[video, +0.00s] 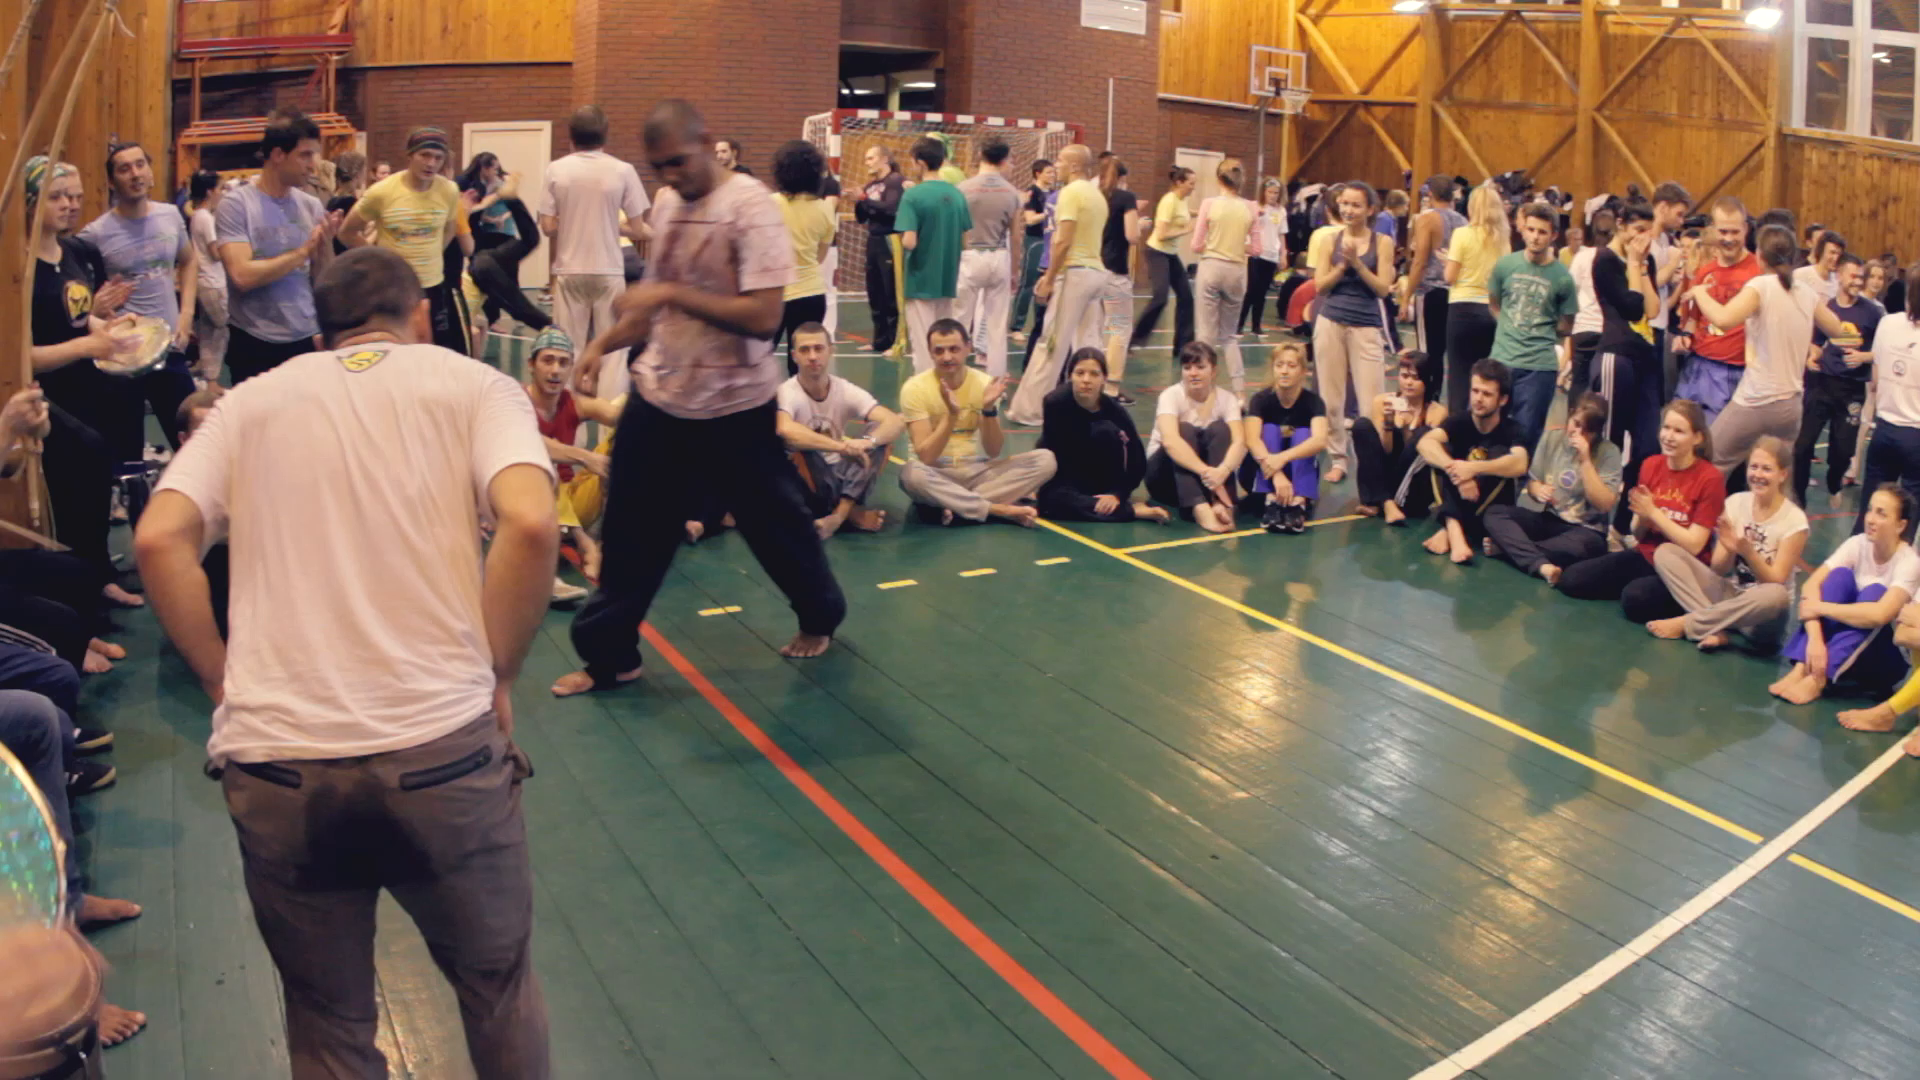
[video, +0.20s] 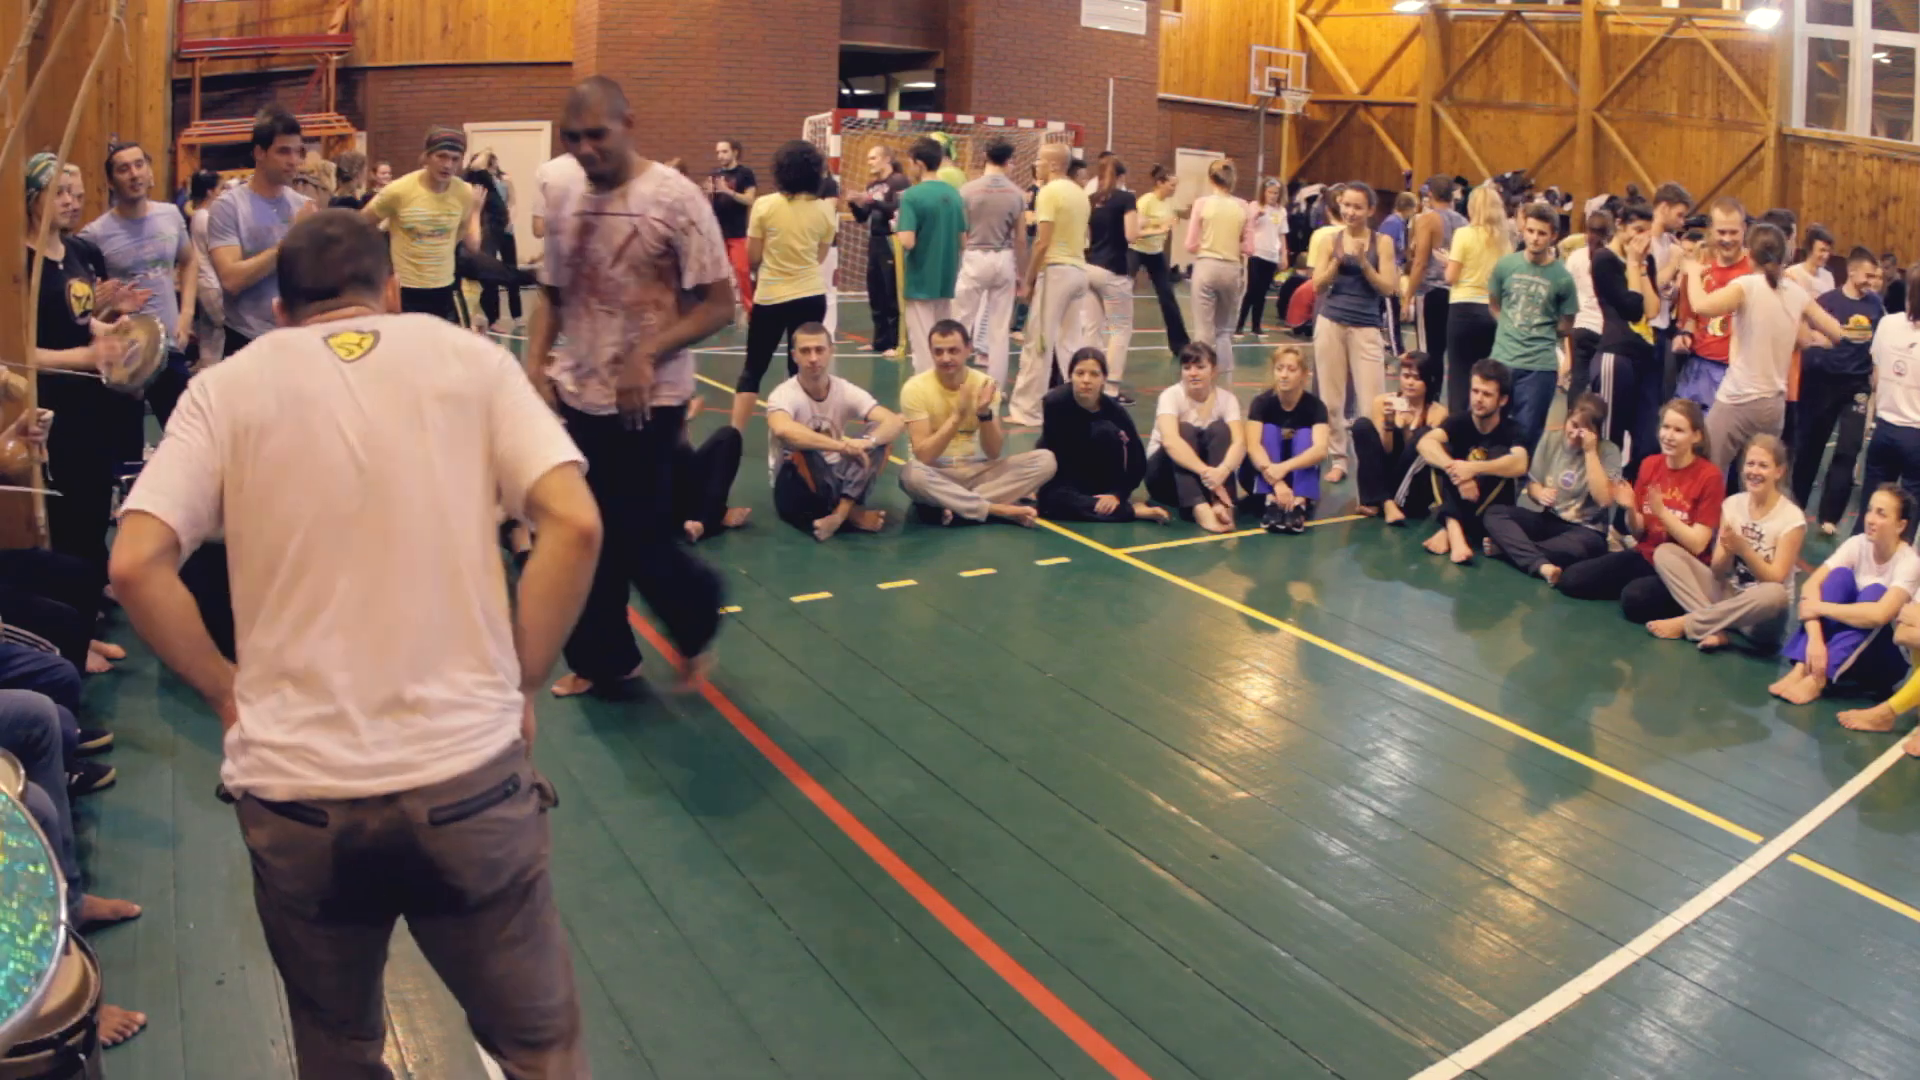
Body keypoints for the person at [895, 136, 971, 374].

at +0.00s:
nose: (912, 165)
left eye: (913, 161)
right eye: (912, 161)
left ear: (920, 163)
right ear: (941, 162)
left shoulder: (913, 195)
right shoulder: (956, 193)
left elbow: (909, 242)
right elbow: (965, 240)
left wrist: (906, 232)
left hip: (921, 279)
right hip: (948, 278)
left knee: (922, 344)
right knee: (946, 339)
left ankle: (925, 394)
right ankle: (948, 390)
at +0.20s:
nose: (909, 168)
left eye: (911, 163)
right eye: (910, 162)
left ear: (919, 164)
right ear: (938, 162)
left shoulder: (912, 196)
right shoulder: (953, 193)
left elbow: (908, 241)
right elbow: (963, 238)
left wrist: (898, 228)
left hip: (920, 280)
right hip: (947, 278)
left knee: (922, 344)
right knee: (946, 339)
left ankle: (924, 394)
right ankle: (947, 391)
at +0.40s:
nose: (909, 167)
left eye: (910, 162)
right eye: (909, 162)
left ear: (919, 164)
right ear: (937, 162)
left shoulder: (911, 195)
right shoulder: (951, 192)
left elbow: (910, 241)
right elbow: (963, 234)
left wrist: (902, 226)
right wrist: (959, 269)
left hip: (920, 280)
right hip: (945, 277)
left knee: (922, 342)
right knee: (945, 339)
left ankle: (925, 392)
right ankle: (946, 388)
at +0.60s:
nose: (910, 169)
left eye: (912, 163)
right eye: (910, 163)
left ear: (922, 164)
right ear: (939, 162)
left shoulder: (914, 194)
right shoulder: (953, 192)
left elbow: (912, 240)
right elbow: (963, 232)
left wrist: (904, 225)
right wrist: (960, 269)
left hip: (921, 279)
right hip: (947, 277)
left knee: (923, 342)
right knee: (948, 338)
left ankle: (926, 393)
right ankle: (950, 388)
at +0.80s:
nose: (915, 168)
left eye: (917, 162)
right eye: (915, 162)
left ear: (926, 163)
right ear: (943, 162)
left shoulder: (919, 194)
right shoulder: (957, 193)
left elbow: (916, 239)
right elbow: (965, 235)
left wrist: (902, 227)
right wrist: (961, 271)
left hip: (924, 280)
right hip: (949, 278)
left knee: (923, 342)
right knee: (948, 339)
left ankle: (926, 393)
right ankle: (949, 389)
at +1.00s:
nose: (920, 166)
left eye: (922, 161)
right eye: (921, 160)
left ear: (931, 162)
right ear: (947, 162)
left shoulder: (923, 193)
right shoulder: (961, 192)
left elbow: (920, 239)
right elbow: (971, 235)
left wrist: (912, 226)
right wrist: (965, 271)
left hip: (928, 278)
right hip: (954, 277)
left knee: (926, 340)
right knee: (953, 338)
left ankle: (929, 388)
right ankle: (954, 383)